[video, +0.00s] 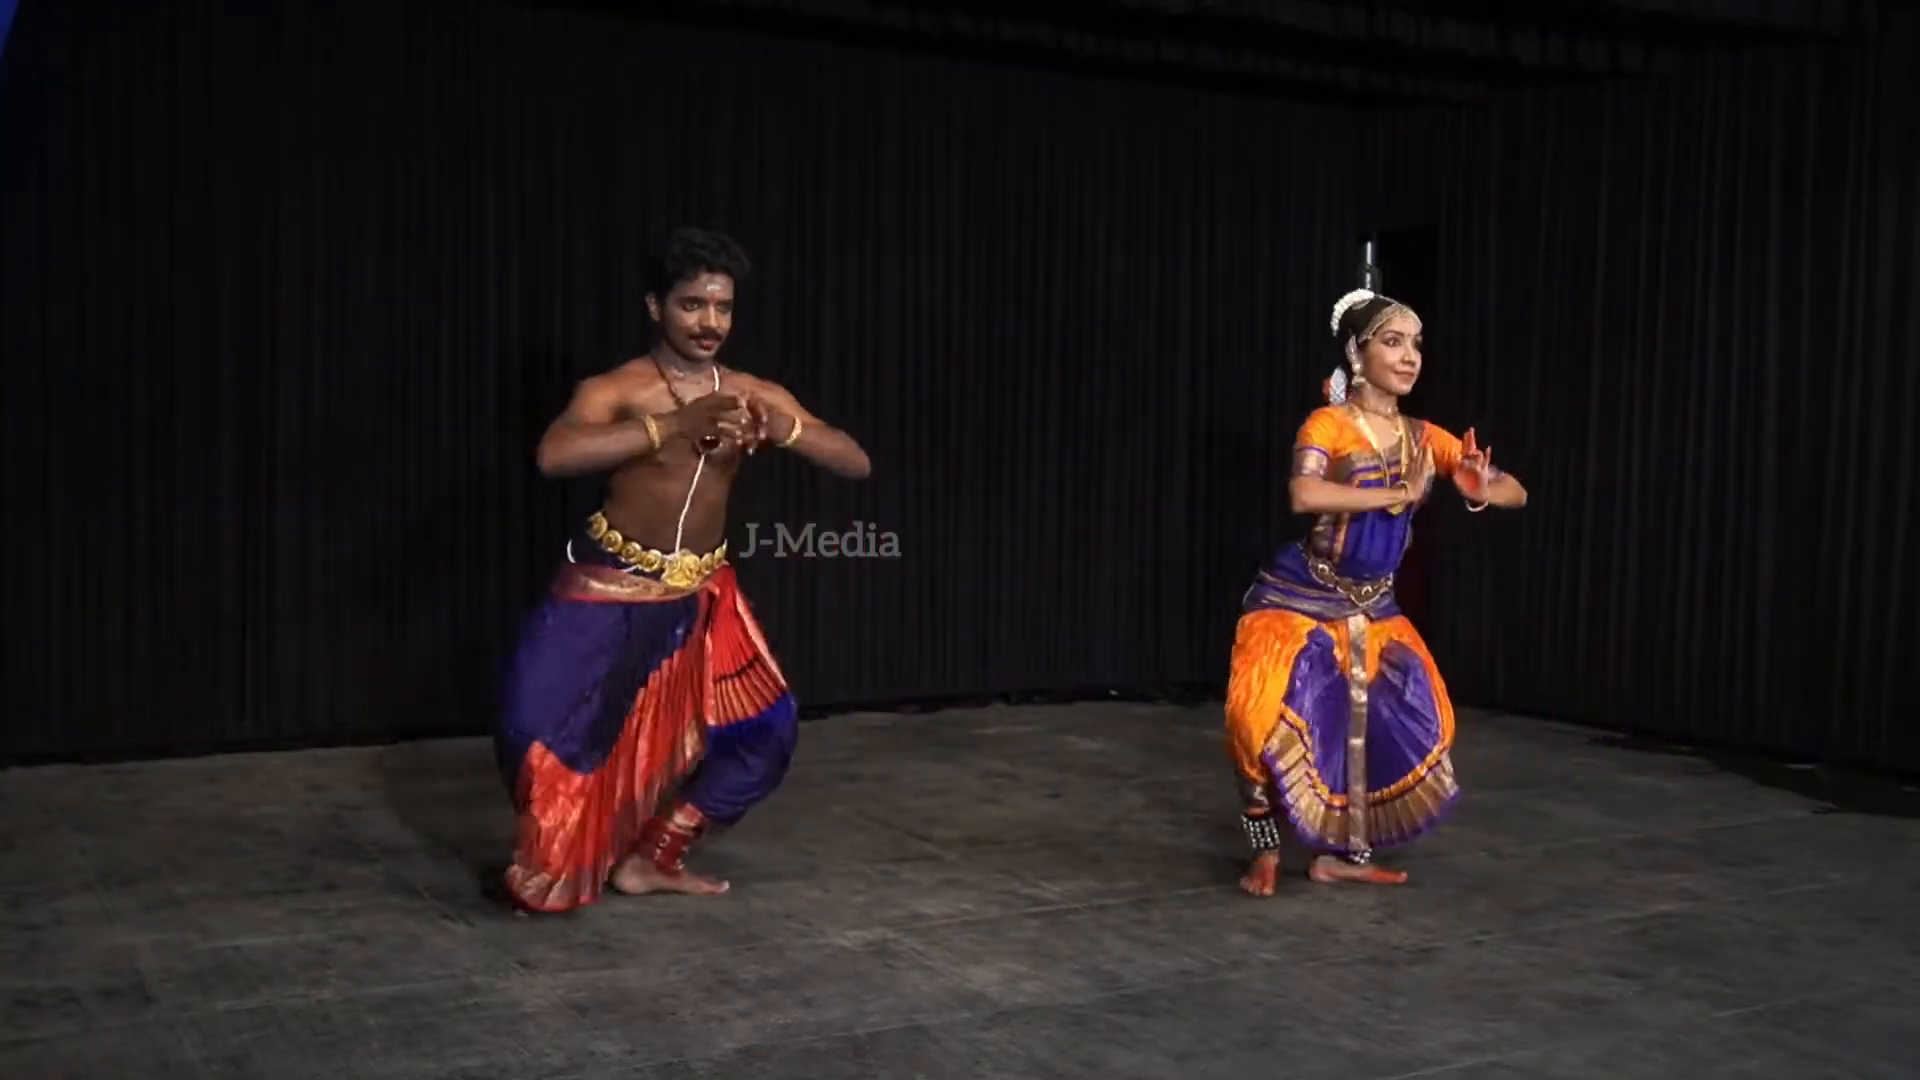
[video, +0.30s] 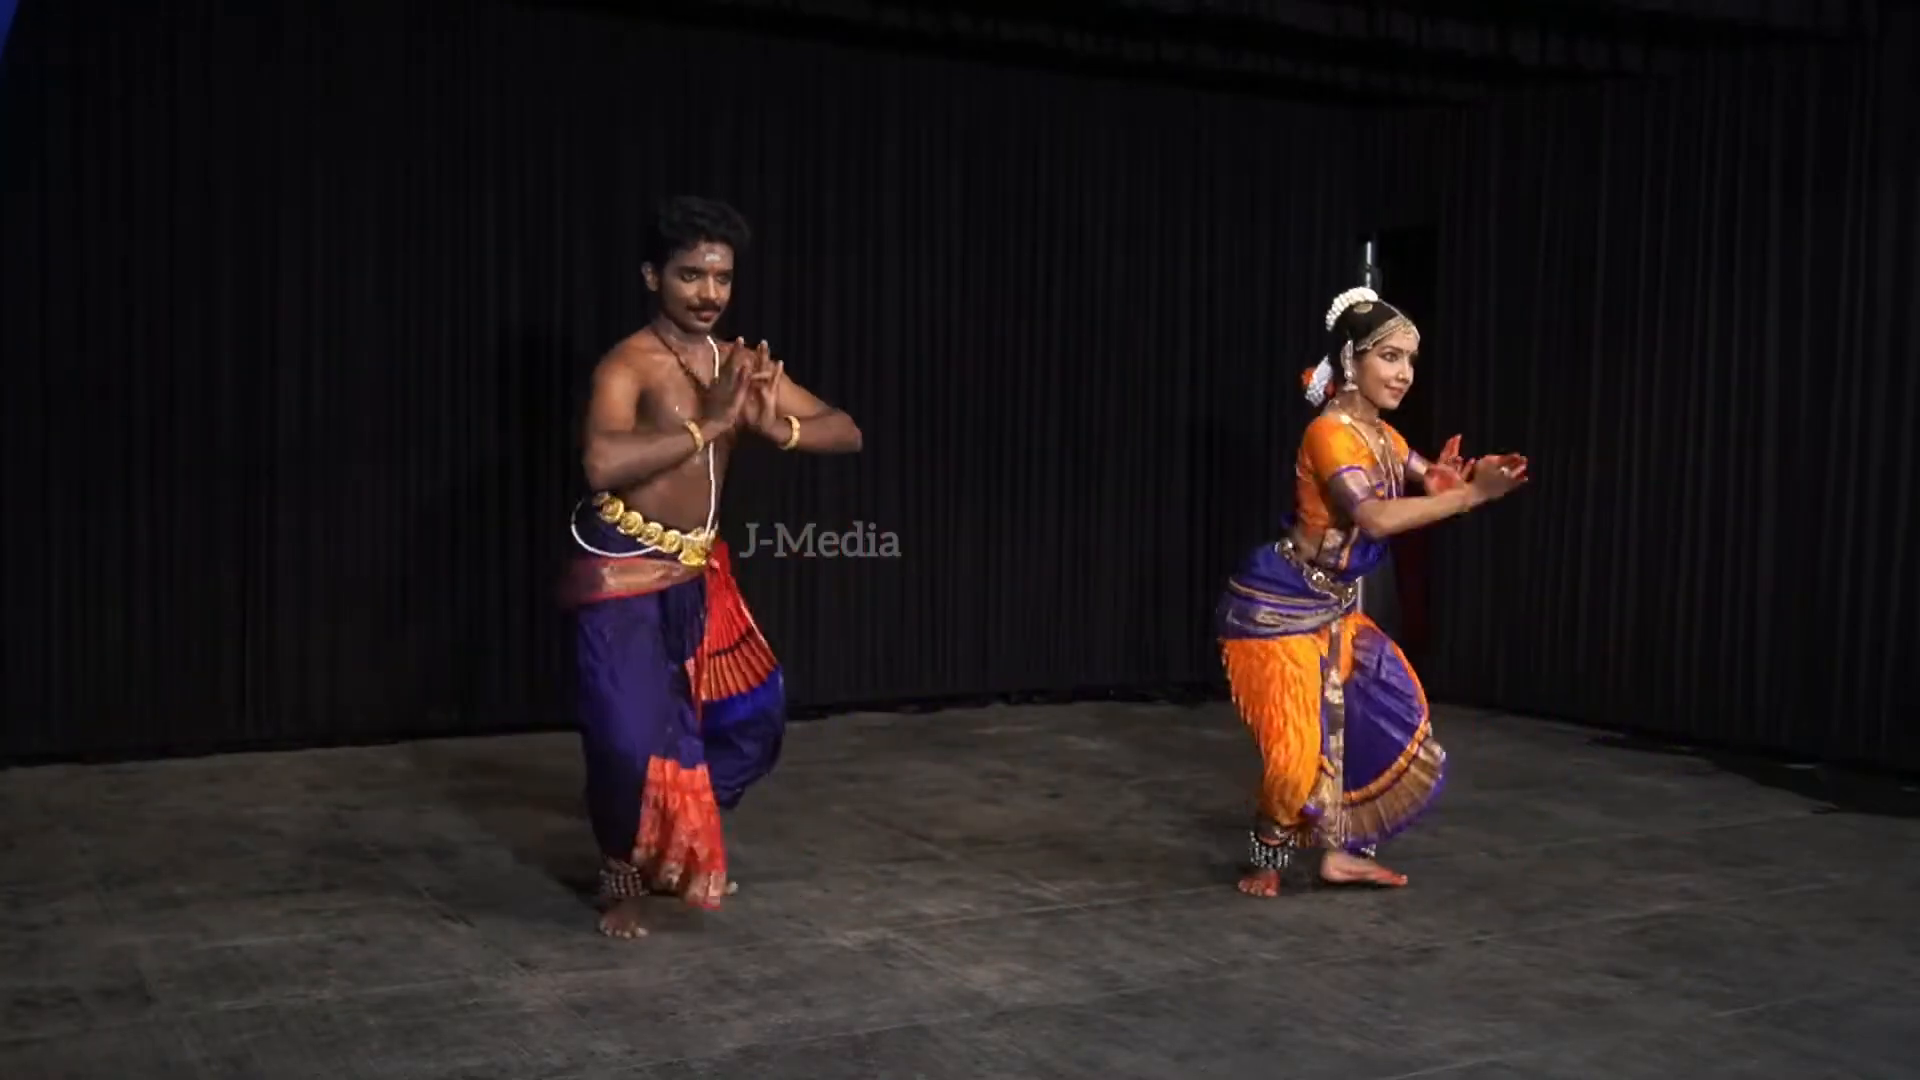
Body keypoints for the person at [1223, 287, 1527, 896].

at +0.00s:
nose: (1410, 355)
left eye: (1416, 344)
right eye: (1394, 342)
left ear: (1421, 357)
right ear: (1358, 354)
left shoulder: (1426, 438)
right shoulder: (1327, 424)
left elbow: (1517, 492)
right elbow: (1304, 494)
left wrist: (1489, 487)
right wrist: (1389, 496)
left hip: (1373, 609)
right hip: (1295, 600)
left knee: (1412, 714)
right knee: (1251, 709)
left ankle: (1341, 851)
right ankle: (1265, 847)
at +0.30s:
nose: (1404, 373)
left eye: (1410, 359)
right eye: (1390, 357)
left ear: (1411, 365)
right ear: (1351, 364)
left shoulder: (1383, 435)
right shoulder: (1330, 433)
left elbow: (1432, 489)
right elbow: (1374, 518)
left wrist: (1464, 485)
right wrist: (1464, 497)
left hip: (1335, 609)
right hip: (1277, 610)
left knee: (1374, 715)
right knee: (1293, 741)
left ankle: (1337, 852)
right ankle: (1268, 858)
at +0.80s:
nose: (1442, 367)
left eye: (1447, 353)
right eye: (1429, 352)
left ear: (1442, 353)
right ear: (1387, 358)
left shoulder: (1388, 411)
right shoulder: (1388, 426)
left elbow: (1411, 455)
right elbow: (1481, 450)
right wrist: (1576, 434)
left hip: (1350, 594)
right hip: (1336, 597)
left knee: (1395, 720)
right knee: (1408, 718)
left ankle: (1349, 868)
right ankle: (1423, 889)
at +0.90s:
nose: (1440, 354)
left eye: (1446, 340)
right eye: (1425, 338)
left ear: (1448, 347)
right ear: (1385, 344)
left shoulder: (1437, 409)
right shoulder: (1367, 408)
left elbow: (1485, 450)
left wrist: (1496, 441)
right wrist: (1487, 429)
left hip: (1384, 595)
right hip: (1331, 589)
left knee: (1443, 739)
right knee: (1385, 716)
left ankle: (1349, 854)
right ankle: (1411, 874)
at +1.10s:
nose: (1401, 355)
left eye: (1418, 343)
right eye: (1389, 338)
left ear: (1433, 358)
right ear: (1366, 347)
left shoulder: (1444, 424)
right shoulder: (1329, 413)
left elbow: (1545, 454)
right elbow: (1235, 434)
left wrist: (1475, 467)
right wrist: (1264, 425)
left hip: (1412, 597)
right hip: (1333, 591)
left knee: (1446, 727)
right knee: (1352, 704)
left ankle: (1372, 865)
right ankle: (1346, 865)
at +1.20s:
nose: (1347, 353)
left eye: (1363, 341)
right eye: (1348, 339)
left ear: (1403, 353)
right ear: (1355, 348)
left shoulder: (1434, 425)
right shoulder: (1334, 418)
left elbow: (1512, 463)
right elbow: (1293, 457)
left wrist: (1421, 473)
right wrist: (1246, 435)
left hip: (1404, 594)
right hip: (1324, 591)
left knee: (1437, 741)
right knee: (1331, 725)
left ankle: (1355, 868)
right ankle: (1305, 830)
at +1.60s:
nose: (1298, 320)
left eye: (1311, 310)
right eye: (1301, 309)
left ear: (1349, 323)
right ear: (1329, 321)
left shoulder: (1394, 384)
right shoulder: (1293, 381)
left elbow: (1467, 426)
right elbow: (1209, 401)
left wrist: (1384, 440)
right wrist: (1125, 404)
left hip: (1363, 556)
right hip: (1286, 552)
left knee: (1378, 685)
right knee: (1294, 682)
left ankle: (1381, 842)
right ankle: (1313, 817)